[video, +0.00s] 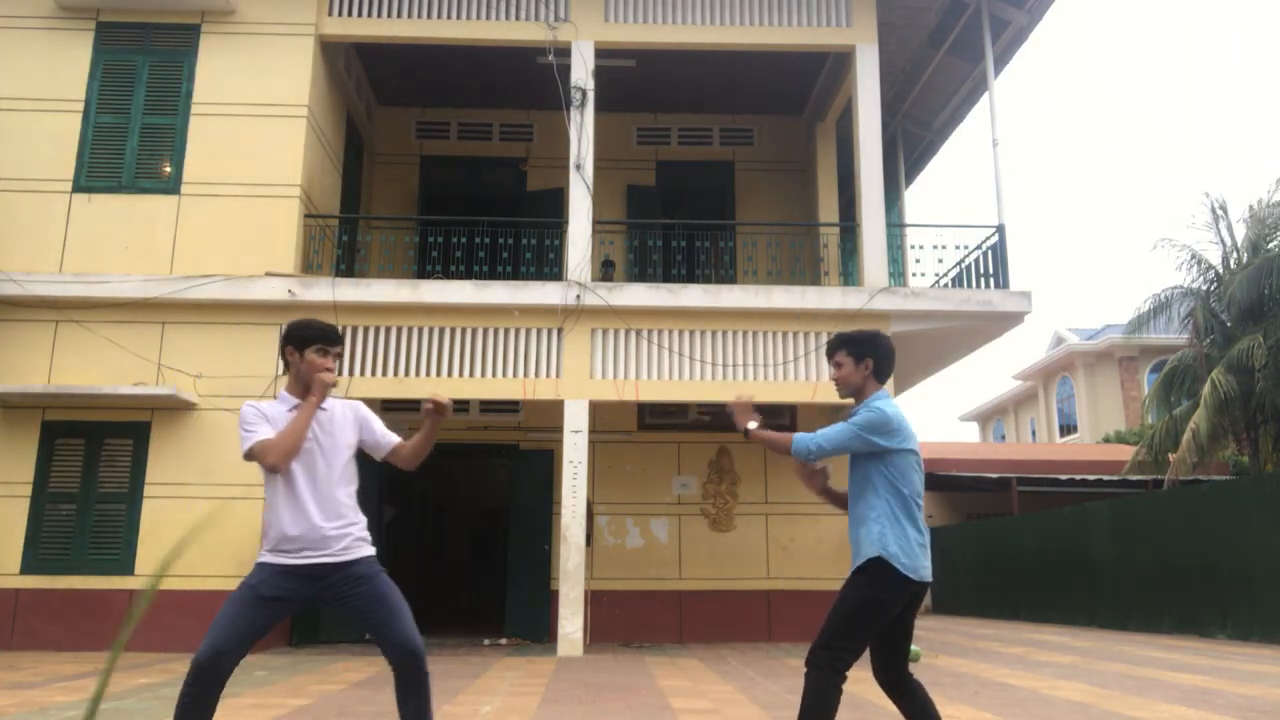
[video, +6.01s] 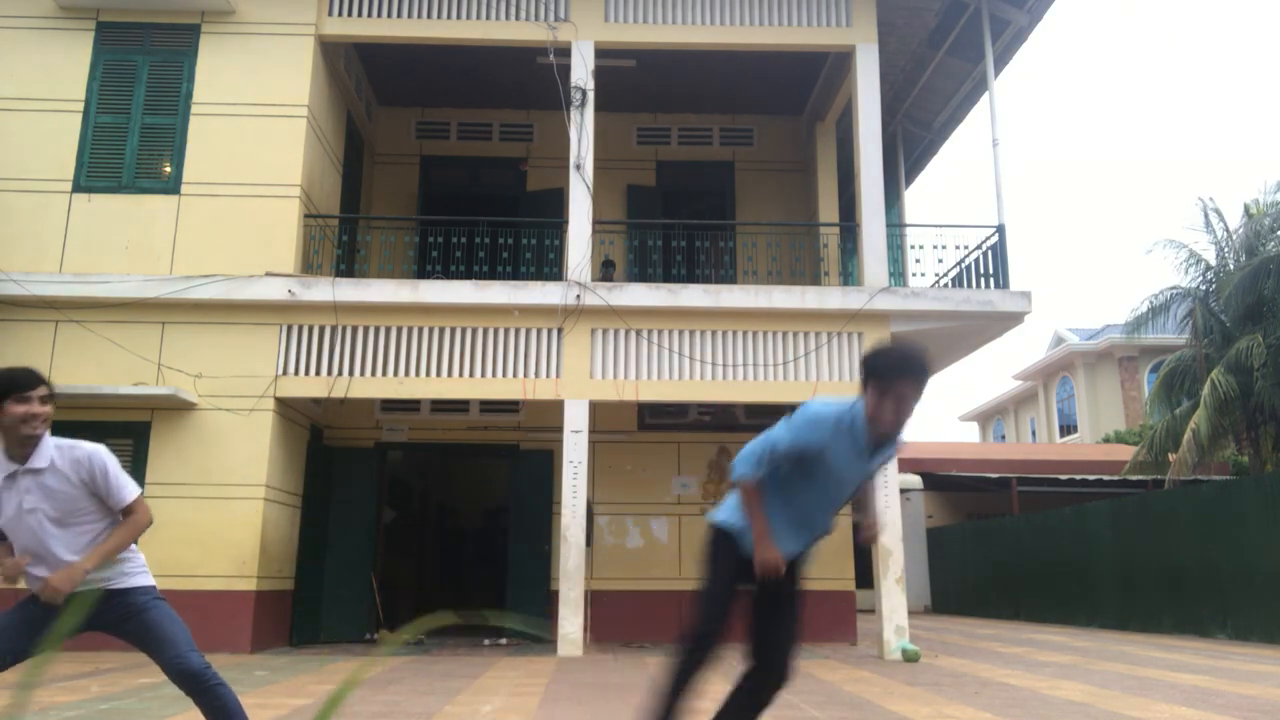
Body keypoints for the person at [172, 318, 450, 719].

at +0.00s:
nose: (331, 363)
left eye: (336, 356)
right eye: (322, 354)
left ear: (340, 361)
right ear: (292, 356)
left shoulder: (352, 412)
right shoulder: (257, 412)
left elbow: (406, 459)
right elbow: (274, 459)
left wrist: (431, 426)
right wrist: (313, 399)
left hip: (352, 564)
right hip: (281, 567)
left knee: (410, 652)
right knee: (209, 662)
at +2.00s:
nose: (335, 368)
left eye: (339, 359)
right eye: (325, 357)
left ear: (343, 363)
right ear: (293, 357)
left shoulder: (351, 416)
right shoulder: (257, 412)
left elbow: (397, 470)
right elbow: (275, 467)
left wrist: (449, 472)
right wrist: (319, 408)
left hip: (347, 569)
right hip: (275, 570)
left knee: (413, 649)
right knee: (199, 662)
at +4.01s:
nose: (290, 366)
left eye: (294, 358)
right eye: (279, 358)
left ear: (299, 366)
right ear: (251, 366)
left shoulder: (322, 418)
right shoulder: (225, 429)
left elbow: (365, 481)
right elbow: (251, 482)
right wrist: (295, 423)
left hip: (328, 573)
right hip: (256, 577)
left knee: (397, 656)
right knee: (182, 671)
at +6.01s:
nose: (36, 410)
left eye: (44, 401)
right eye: (23, 401)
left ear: (52, 407)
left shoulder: (87, 457)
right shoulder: (2, 475)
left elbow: (140, 515)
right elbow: (7, 544)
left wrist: (78, 569)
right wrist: (6, 565)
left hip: (123, 591)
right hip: (51, 599)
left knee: (191, 670)